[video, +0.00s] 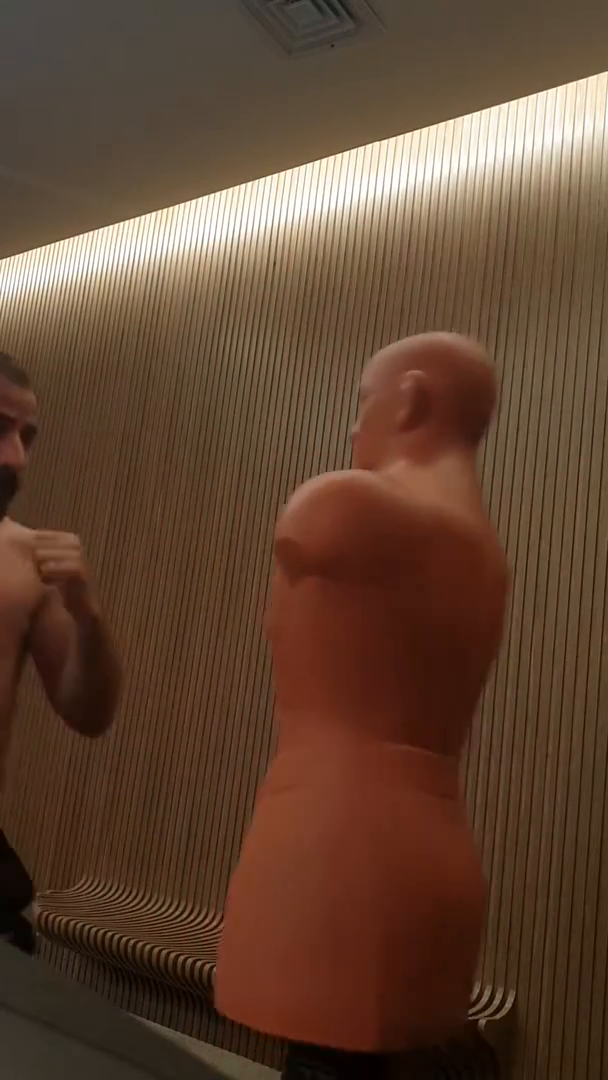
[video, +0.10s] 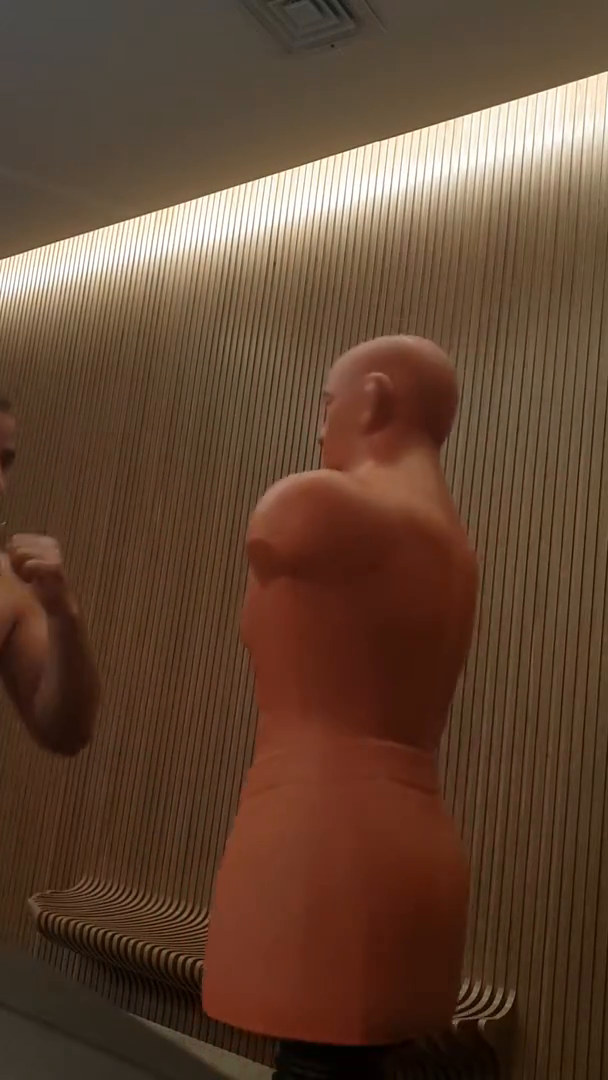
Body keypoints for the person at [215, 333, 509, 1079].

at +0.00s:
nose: (356, 421)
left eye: (364, 401)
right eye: (359, 403)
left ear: (412, 402)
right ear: (474, 425)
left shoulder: (337, 507)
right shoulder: (485, 549)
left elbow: (297, 532)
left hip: (332, 854)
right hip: (435, 847)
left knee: (315, 1062)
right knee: (415, 1062)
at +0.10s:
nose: (322, 421)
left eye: (330, 400)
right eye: (324, 401)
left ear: (375, 401)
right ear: (441, 424)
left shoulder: (309, 507)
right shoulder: (456, 545)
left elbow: (263, 540)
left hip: (313, 849)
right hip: (418, 838)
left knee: (298, 1059)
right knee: (381, 1056)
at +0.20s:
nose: (324, 408)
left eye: (331, 384)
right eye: (326, 386)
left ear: (378, 385)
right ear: (445, 406)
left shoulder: (309, 502)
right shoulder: (461, 540)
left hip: (311, 857)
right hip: (420, 845)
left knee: (278, 1063)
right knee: (391, 1060)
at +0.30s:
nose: (354, 386)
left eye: (364, 361)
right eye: (357, 364)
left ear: (415, 367)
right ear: (482, 390)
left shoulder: (332, 501)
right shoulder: (493, 536)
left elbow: (274, 625)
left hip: (322, 874)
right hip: (438, 865)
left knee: (287, 1065)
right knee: (400, 1065)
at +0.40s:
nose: (389, 381)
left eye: (404, 350)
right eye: (396, 354)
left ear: (457, 357)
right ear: (521, 383)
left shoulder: (363, 507)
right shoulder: (527, 540)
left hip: (341, 888)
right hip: (451, 877)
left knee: (292, 1064)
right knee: (408, 1064)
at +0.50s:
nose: (397, 384)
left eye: (410, 357)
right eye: (403, 359)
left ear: (462, 363)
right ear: (528, 390)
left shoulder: (374, 507)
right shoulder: (532, 542)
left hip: (348, 883)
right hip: (453, 873)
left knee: (297, 1065)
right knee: (410, 1065)